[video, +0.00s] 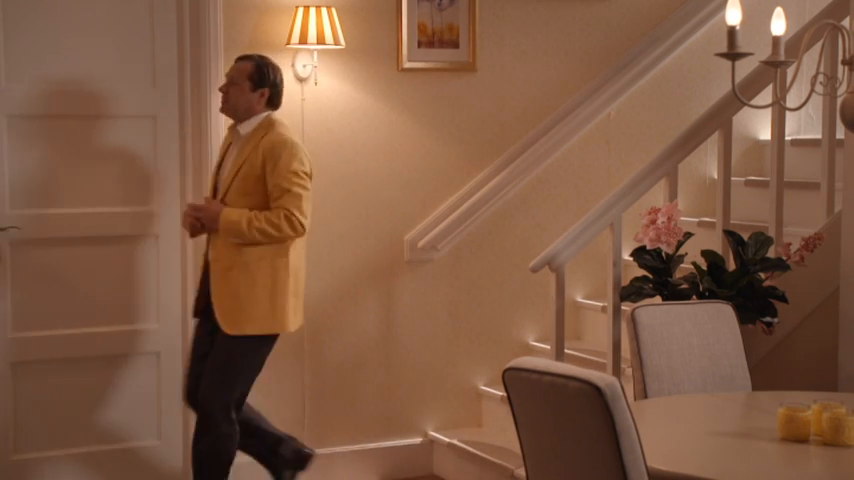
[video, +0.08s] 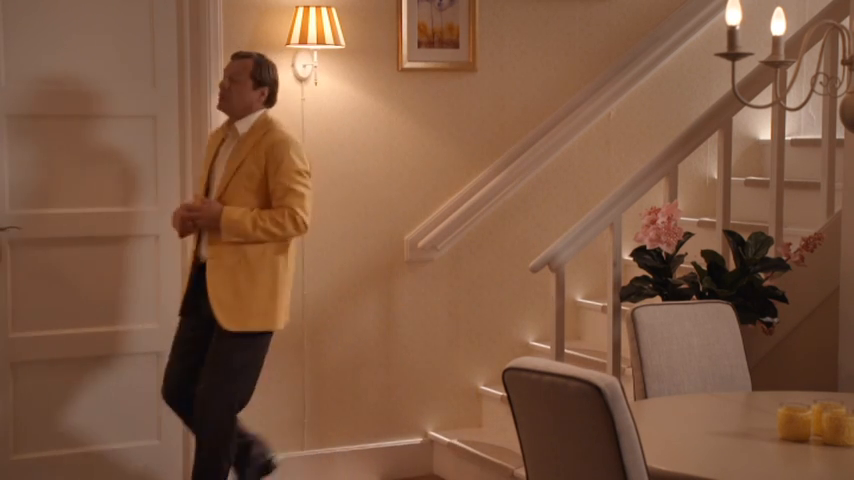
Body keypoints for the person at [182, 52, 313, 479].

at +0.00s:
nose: (221, 89)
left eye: (232, 83)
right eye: (225, 82)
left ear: (261, 95)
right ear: (250, 96)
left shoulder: (283, 147)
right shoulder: (235, 140)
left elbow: (292, 221)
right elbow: (238, 207)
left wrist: (222, 217)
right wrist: (207, 218)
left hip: (259, 304)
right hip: (222, 298)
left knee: (218, 403)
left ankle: (208, 478)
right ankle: (285, 455)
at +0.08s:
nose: (221, 85)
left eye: (231, 81)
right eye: (223, 79)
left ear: (260, 93)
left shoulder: (283, 147)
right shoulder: (218, 140)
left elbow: (295, 219)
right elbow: (217, 204)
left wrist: (221, 216)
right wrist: (192, 217)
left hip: (251, 296)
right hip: (206, 286)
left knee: (215, 407)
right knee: (179, 390)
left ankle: (210, 477)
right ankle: (250, 456)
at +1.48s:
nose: (416, 86)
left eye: (414, 79)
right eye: (410, 79)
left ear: (386, 85)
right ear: (387, 85)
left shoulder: (382, 129)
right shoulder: (358, 127)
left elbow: (378, 199)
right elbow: (329, 196)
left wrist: (411, 184)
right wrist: (340, 252)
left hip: (383, 281)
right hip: (366, 283)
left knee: (383, 383)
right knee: (376, 386)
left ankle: (365, 471)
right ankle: (365, 474)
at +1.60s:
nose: (417, 87)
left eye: (415, 80)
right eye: (412, 80)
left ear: (388, 86)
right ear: (390, 86)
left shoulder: (381, 129)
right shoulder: (363, 129)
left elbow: (375, 199)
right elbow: (343, 201)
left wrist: (407, 192)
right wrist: (362, 254)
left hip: (392, 281)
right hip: (368, 285)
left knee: (418, 363)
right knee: (380, 379)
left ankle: (383, 464)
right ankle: (369, 474)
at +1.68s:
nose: (420, 86)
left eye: (418, 78)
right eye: (415, 78)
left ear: (390, 85)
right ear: (392, 85)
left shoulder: (382, 129)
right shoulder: (366, 129)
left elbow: (377, 203)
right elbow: (349, 203)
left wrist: (412, 199)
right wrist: (385, 251)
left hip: (396, 278)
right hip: (370, 281)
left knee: (423, 362)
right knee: (380, 379)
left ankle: (395, 465)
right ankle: (369, 474)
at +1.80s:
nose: (423, 83)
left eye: (421, 75)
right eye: (416, 75)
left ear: (392, 83)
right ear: (392, 82)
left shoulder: (391, 130)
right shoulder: (366, 128)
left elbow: (396, 200)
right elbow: (354, 200)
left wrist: (430, 184)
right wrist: (409, 233)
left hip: (402, 278)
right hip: (375, 281)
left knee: (416, 378)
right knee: (381, 381)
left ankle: (411, 469)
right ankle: (370, 474)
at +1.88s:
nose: (424, 81)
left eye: (421, 74)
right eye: (416, 74)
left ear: (395, 84)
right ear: (390, 83)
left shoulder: (399, 130)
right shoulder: (365, 130)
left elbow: (403, 192)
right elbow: (355, 200)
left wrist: (443, 177)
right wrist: (411, 229)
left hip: (407, 280)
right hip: (378, 282)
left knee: (411, 381)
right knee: (382, 381)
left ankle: (410, 471)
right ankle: (370, 473)